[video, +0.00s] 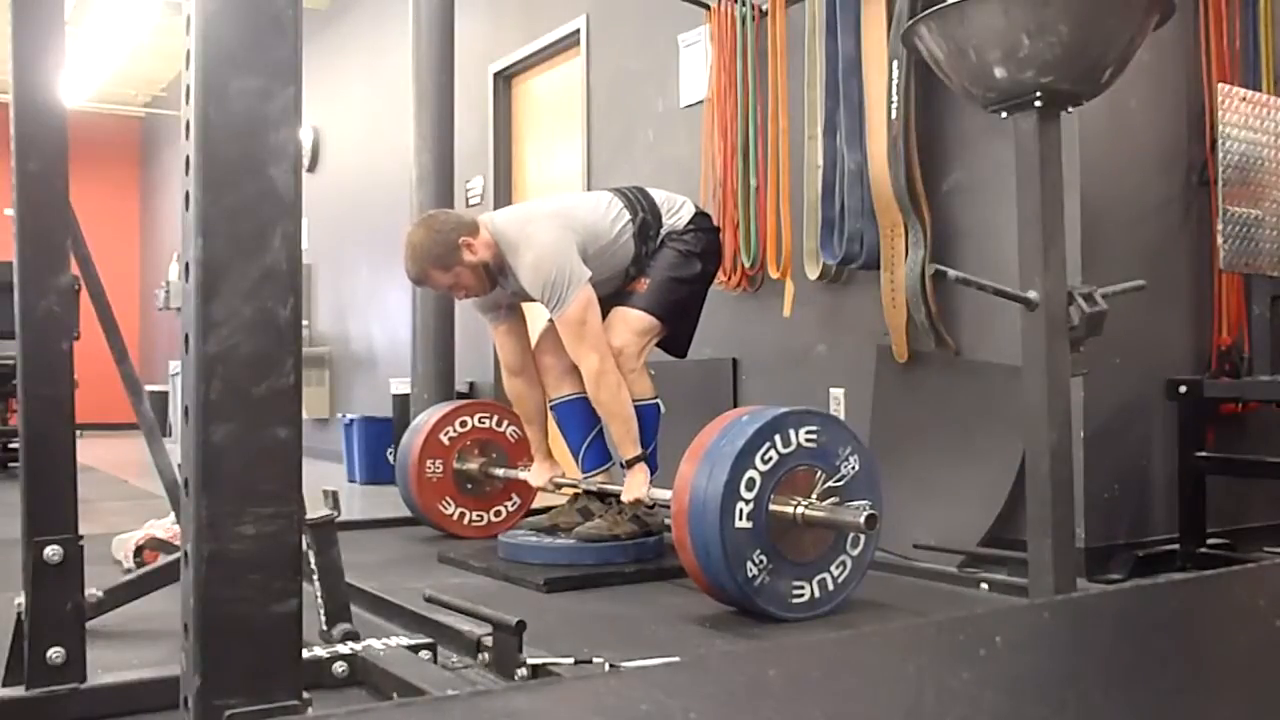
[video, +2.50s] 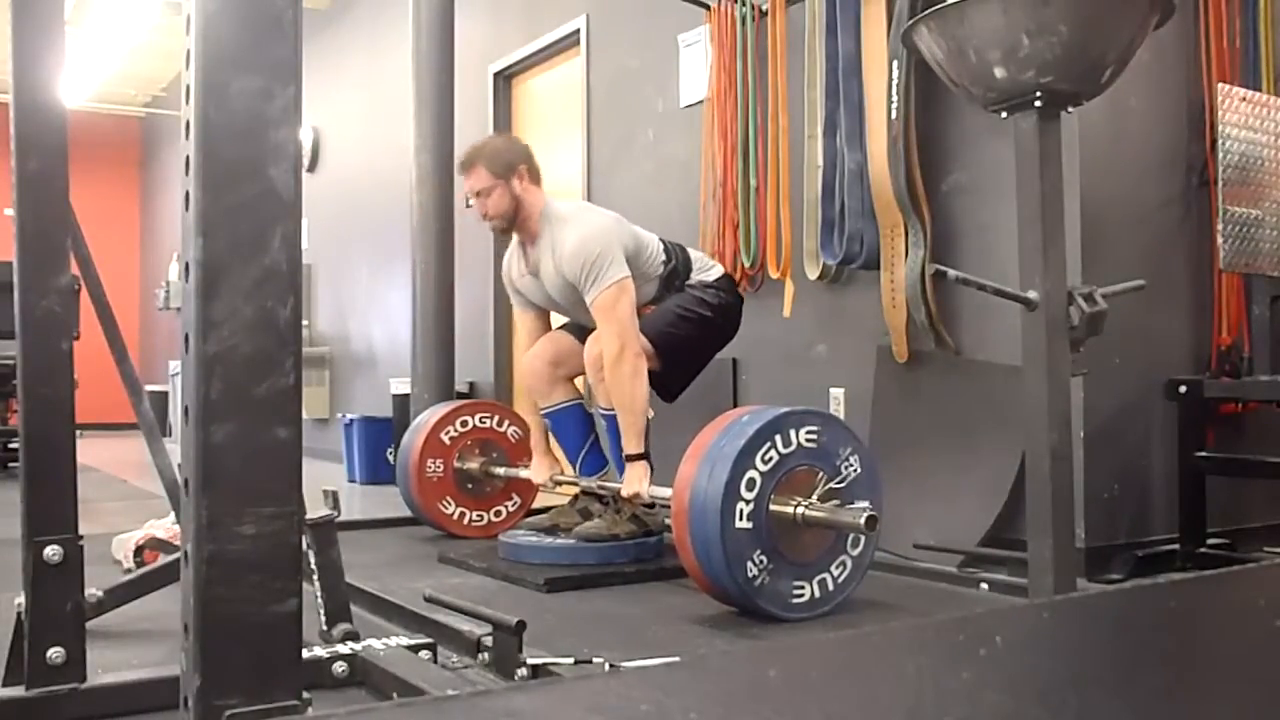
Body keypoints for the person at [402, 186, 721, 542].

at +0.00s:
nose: (458, 298)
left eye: (455, 286)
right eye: (449, 294)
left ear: (470, 248)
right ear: (469, 247)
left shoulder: (540, 250)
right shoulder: (486, 281)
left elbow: (597, 361)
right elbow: (516, 371)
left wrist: (635, 465)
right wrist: (541, 458)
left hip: (680, 233)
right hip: (617, 256)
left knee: (620, 348)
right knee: (549, 356)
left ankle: (639, 494)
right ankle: (600, 490)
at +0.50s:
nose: (454, 300)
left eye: (449, 287)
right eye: (443, 295)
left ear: (465, 251)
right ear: (465, 251)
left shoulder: (535, 250)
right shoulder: (483, 284)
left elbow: (597, 362)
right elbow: (514, 372)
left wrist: (635, 464)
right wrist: (541, 458)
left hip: (677, 232)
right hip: (617, 254)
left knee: (619, 348)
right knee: (548, 356)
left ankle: (639, 496)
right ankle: (600, 491)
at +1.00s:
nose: (450, 295)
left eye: (447, 283)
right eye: (441, 292)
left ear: (464, 245)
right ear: (463, 245)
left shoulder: (541, 260)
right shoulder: (482, 288)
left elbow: (605, 359)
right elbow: (512, 370)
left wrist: (639, 468)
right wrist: (541, 456)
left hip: (672, 254)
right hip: (611, 271)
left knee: (590, 363)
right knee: (531, 365)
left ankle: (633, 494)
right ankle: (599, 488)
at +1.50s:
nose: (441, 280)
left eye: (441, 265)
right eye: (431, 273)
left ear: (464, 232)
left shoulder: (540, 262)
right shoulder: (476, 290)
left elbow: (610, 367)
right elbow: (509, 379)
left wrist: (635, 470)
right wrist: (539, 458)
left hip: (668, 297)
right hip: (605, 310)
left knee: (571, 374)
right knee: (511, 382)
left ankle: (629, 494)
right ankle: (591, 490)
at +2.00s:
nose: (444, 264)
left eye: (444, 250)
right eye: (436, 257)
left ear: (470, 218)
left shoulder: (548, 255)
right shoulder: (490, 279)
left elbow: (608, 361)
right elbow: (519, 372)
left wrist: (637, 468)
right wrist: (540, 456)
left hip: (678, 279)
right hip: (616, 294)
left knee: (584, 368)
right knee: (524, 374)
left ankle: (633, 493)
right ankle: (596, 491)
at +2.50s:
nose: (477, 210)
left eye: (483, 195)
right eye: (472, 199)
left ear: (521, 179)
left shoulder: (585, 237)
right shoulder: (517, 264)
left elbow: (622, 350)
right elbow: (530, 358)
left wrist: (636, 461)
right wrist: (538, 452)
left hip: (702, 292)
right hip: (636, 306)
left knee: (605, 357)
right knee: (541, 364)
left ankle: (630, 500)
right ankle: (597, 492)